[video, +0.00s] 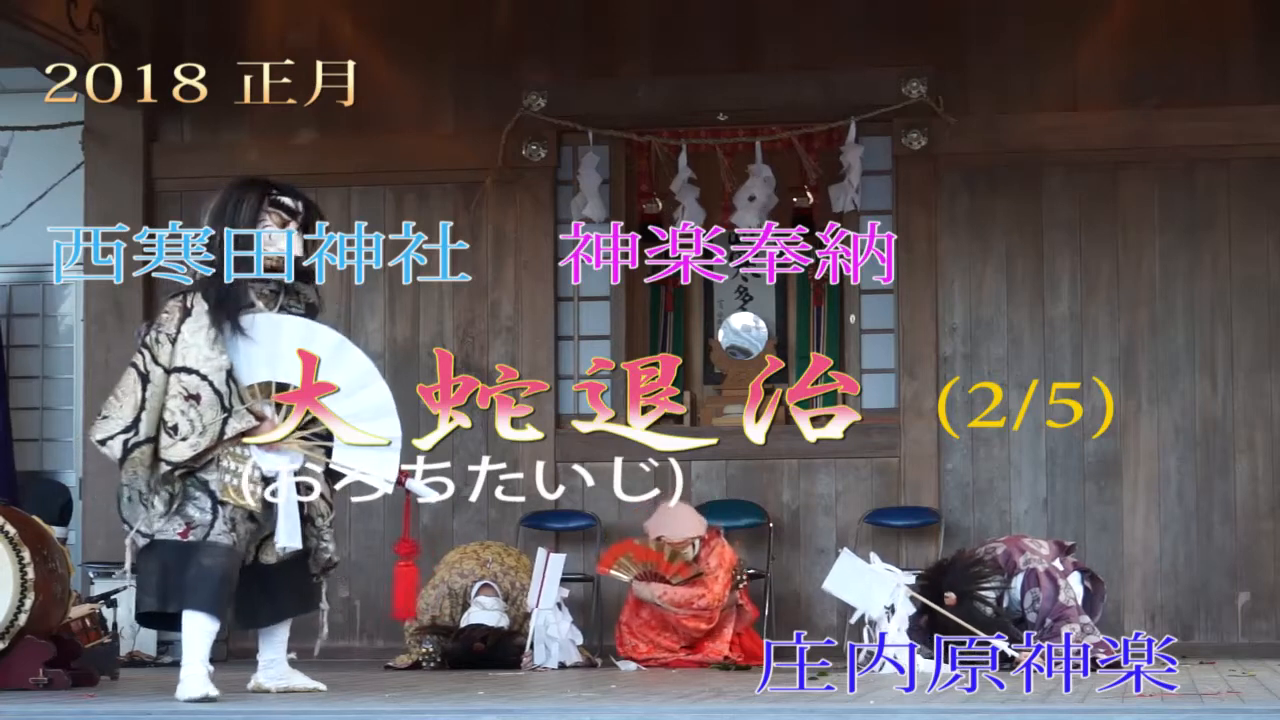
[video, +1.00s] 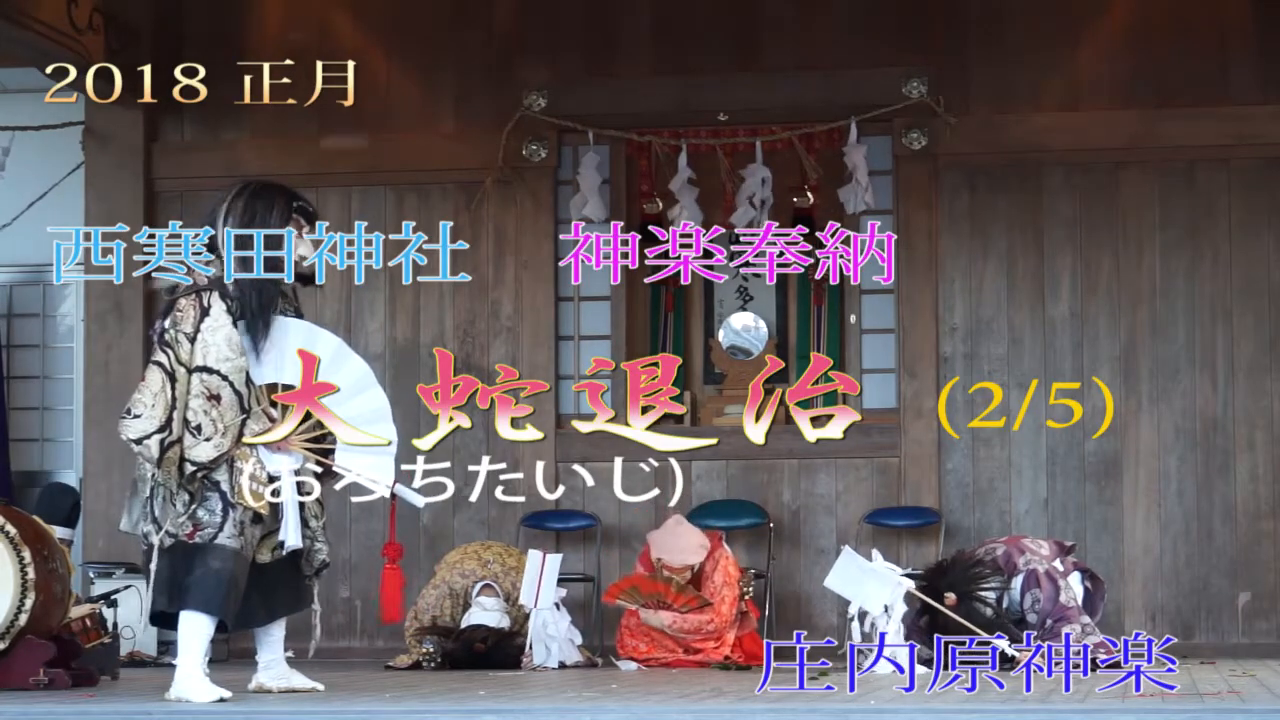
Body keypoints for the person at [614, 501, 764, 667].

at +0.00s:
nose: (675, 554)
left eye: (678, 548)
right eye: (670, 548)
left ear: (692, 539)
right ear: (663, 542)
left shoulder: (717, 549)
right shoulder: (663, 552)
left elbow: (711, 598)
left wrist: (654, 593)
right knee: (640, 598)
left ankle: (711, 650)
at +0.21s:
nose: (674, 559)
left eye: (678, 552)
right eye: (669, 553)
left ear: (694, 546)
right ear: (663, 546)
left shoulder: (720, 554)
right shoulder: (662, 556)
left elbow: (711, 604)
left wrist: (655, 598)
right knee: (636, 610)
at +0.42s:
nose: (678, 565)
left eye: (683, 558)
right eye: (671, 558)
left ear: (696, 550)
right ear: (661, 552)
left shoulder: (719, 555)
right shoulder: (652, 556)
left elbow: (716, 609)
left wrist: (658, 605)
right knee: (635, 612)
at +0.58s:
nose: (677, 568)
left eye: (683, 561)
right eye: (669, 561)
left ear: (695, 553)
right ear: (660, 554)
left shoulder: (719, 556)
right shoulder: (650, 556)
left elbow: (716, 612)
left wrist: (660, 610)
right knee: (634, 619)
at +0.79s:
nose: (676, 576)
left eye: (682, 569)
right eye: (670, 568)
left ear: (695, 561)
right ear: (658, 558)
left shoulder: (719, 558)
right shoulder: (647, 558)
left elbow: (717, 619)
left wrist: (660, 616)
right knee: (631, 622)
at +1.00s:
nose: (675, 579)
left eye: (681, 573)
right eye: (669, 573)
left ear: (695, 564)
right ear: (658, 562)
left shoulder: (719, 560)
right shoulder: (647, 559)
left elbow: (718, 621)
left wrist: (662, 620)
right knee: (630, 625)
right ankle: (711, 654)